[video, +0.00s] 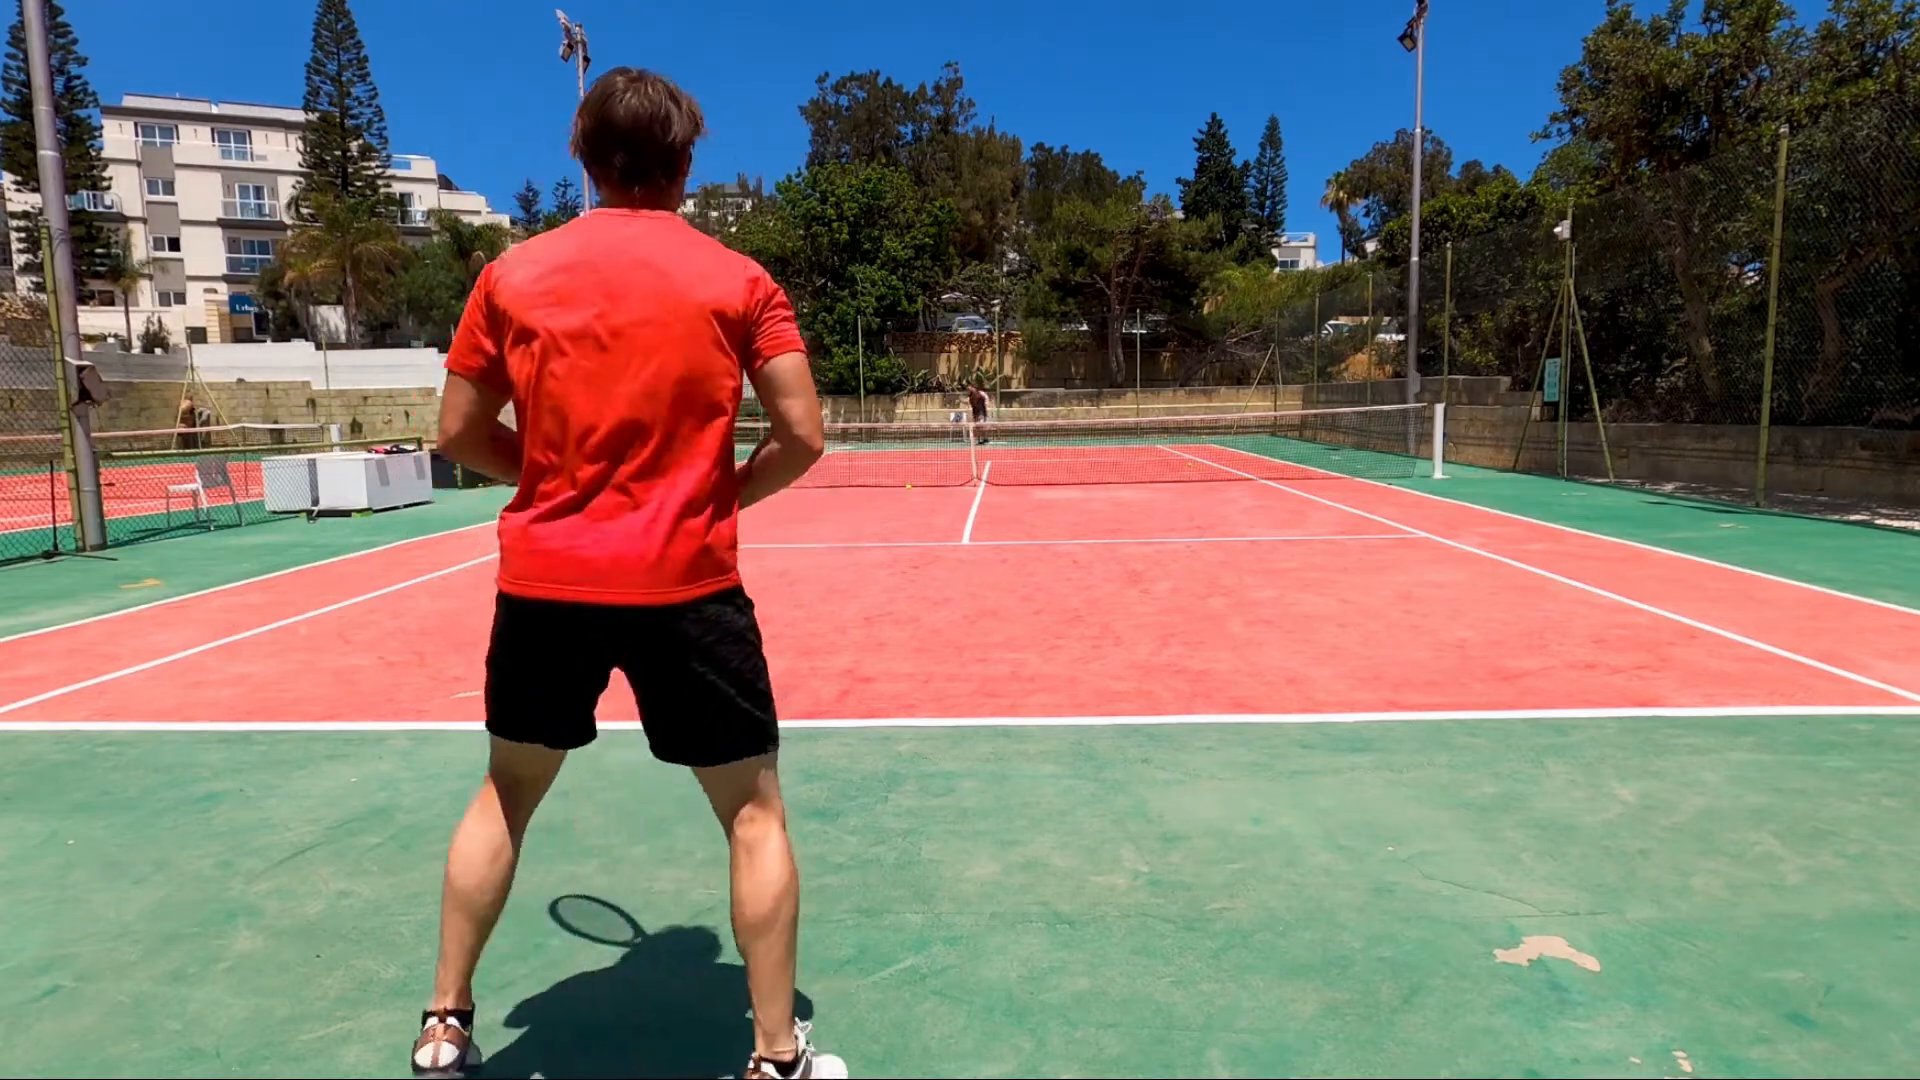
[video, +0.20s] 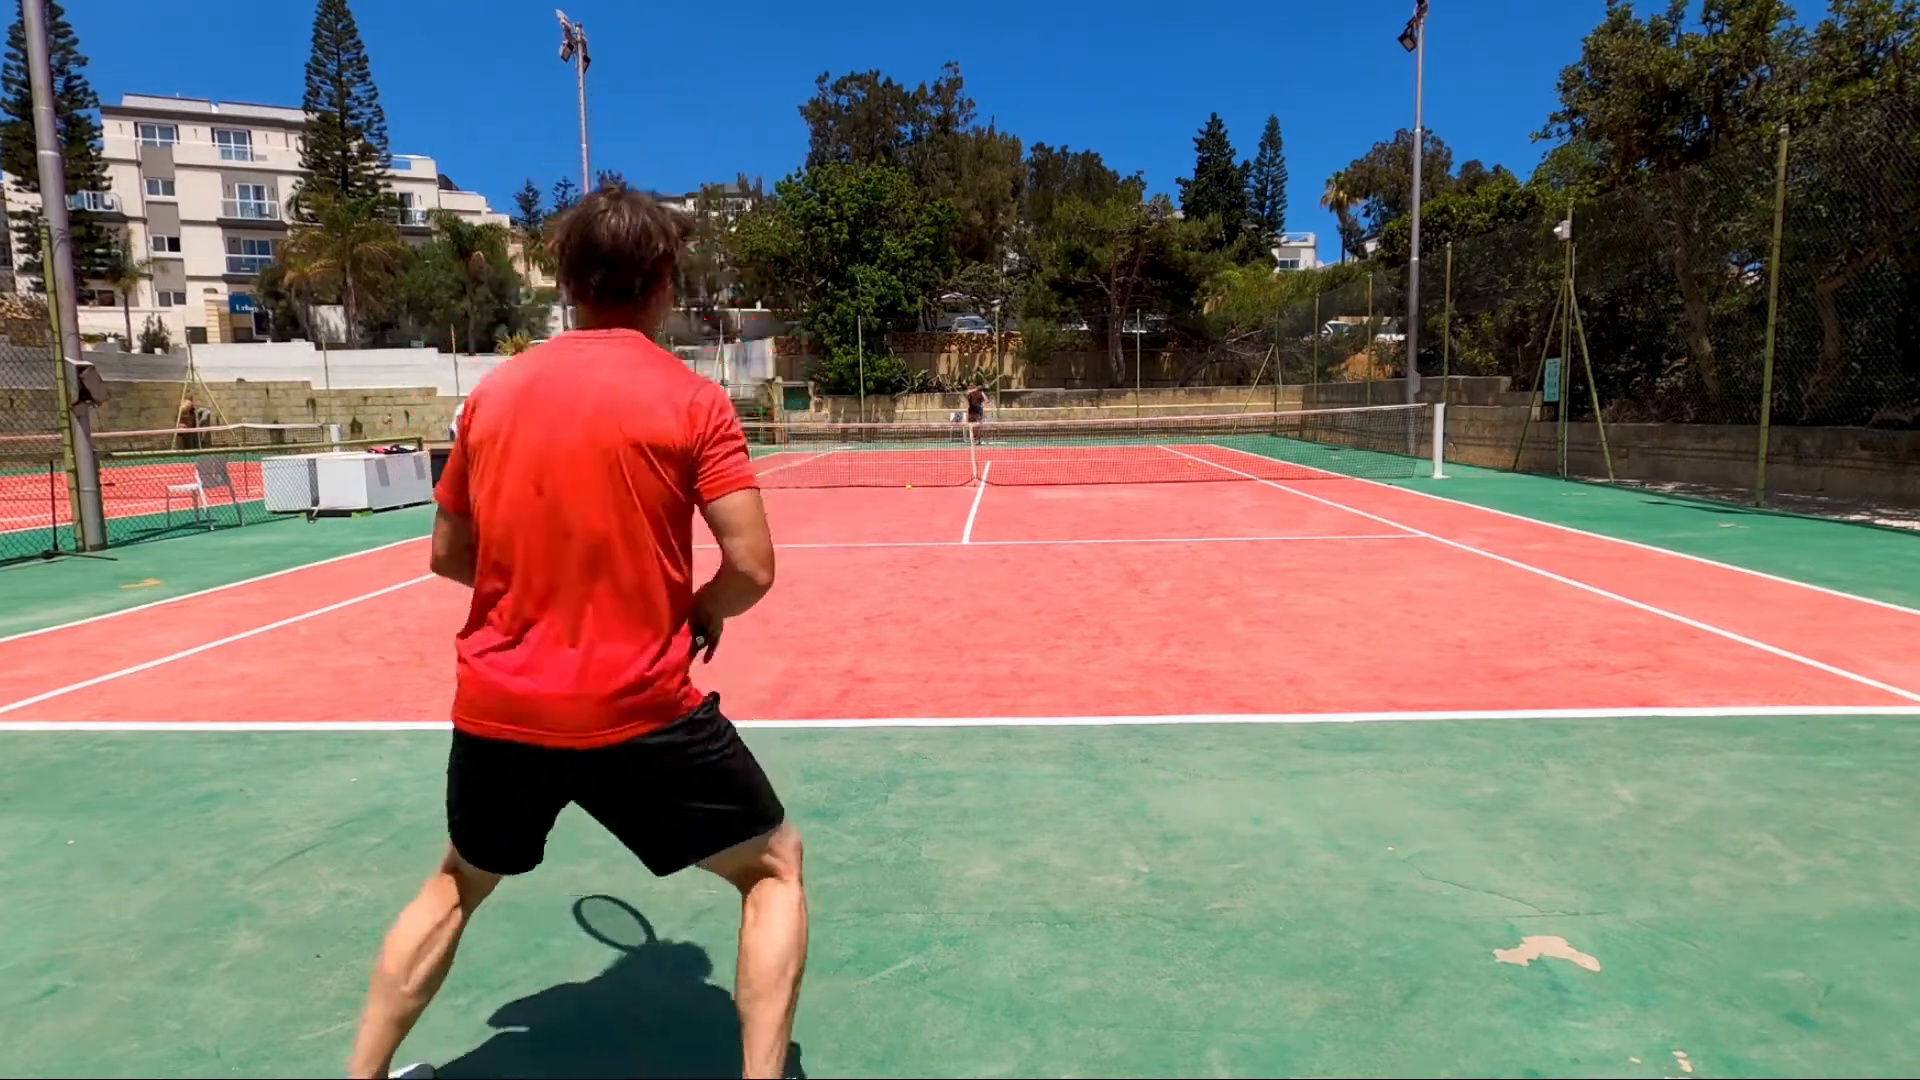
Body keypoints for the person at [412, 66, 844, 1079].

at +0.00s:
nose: (688, 166)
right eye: (687, 153)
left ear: (584, 160)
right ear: (684, 161)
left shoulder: (514, 276)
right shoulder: (734, 277)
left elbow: (460, 436)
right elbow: (801, 437)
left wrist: (552, 468)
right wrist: (723, 494)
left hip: (546, 586)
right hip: (687, 587)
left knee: (507, 789)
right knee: (753, 811)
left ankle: (446, 1017)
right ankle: (776, 1050)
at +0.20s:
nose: (676, 287)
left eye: (669, 271)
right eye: (673, 273)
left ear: (568, 283)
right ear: (663, 285)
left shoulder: (498, 389)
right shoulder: (689, 397)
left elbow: (449, 554)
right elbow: (752, 566)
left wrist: (545, 578)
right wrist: (695, 615)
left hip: (498, 708)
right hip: (637, 710)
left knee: (457, 877)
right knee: (769, 865)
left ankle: (362, 1069)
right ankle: (764, 1072)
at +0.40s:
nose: (757, 323)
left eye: (755, 309)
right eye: (754, 309)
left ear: (657, 316)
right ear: (743, 318)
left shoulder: (598, 414)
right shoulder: (732, 426)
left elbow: (597, 596)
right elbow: (763, 607)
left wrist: (718, 642)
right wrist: (788, 672)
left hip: (526, 733)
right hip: (651, 740)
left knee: (491, 891)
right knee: (847, 867)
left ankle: (363, 1070)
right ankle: (785, 1072)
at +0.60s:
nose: (959, 267)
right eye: (959, 251)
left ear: (859, 250)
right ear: (951, 263)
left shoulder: (809, 355)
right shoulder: (925, 370)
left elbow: (810, 524)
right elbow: (943, 571)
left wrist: (953, 572)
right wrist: (1016, 661)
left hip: (723, 690)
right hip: (814, 708)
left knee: (776, 866)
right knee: (898, 915)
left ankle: (581, 1001)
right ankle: (785, 1073)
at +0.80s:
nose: (1175, 244)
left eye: (1170, 225)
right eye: (1175, 225)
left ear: (1071, 231)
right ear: (1163, 238)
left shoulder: (1053, 323)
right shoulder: (1119, 320)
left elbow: (1140, 480)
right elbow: (1119, 459)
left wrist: (1287, 481)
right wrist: (1308, 513)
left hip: (967, 677)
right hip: (1023, 689)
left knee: (1112, 878)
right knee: (1174, 928)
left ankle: (1129, 1030)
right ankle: (989, 1075)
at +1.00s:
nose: (1479, 325)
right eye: (1476, 309)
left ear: (1356, 296)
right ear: (1461, 316)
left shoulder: (1399, 441)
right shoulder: (1367, 391)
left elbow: (1550, 501)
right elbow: (1309, 455)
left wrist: (1734, 490)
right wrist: (1567, 368)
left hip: (1189, 758)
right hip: (1247, 780)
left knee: (1286, 877)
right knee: (1548, 986)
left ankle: (1148, 1038)